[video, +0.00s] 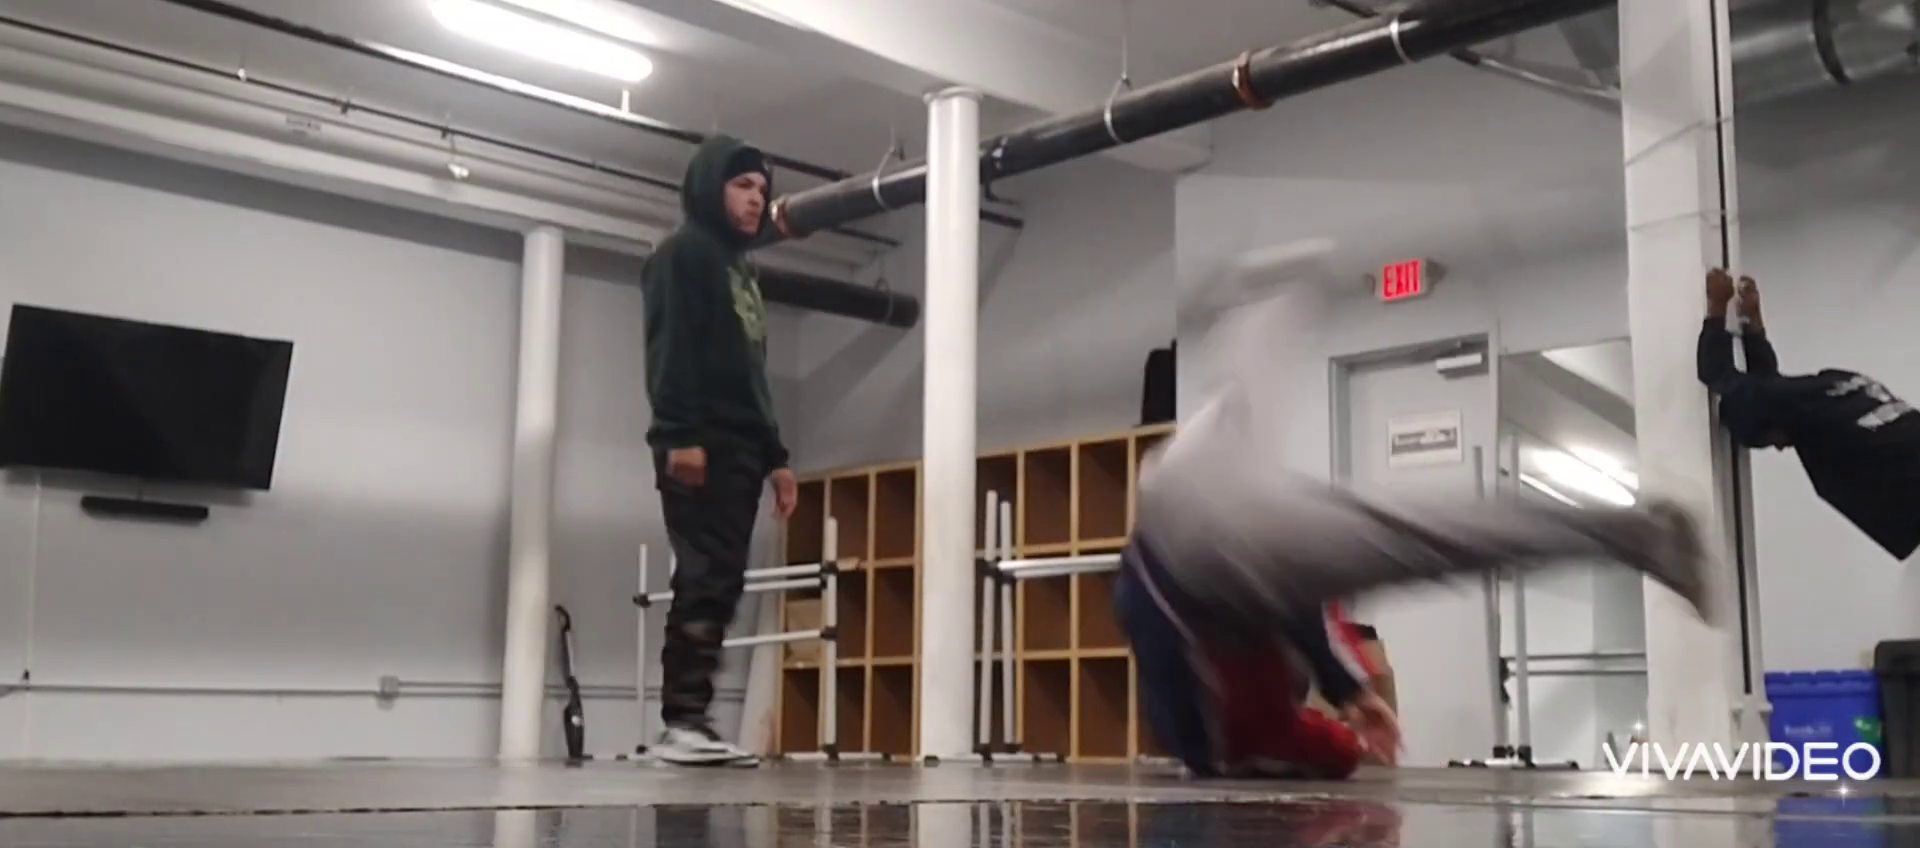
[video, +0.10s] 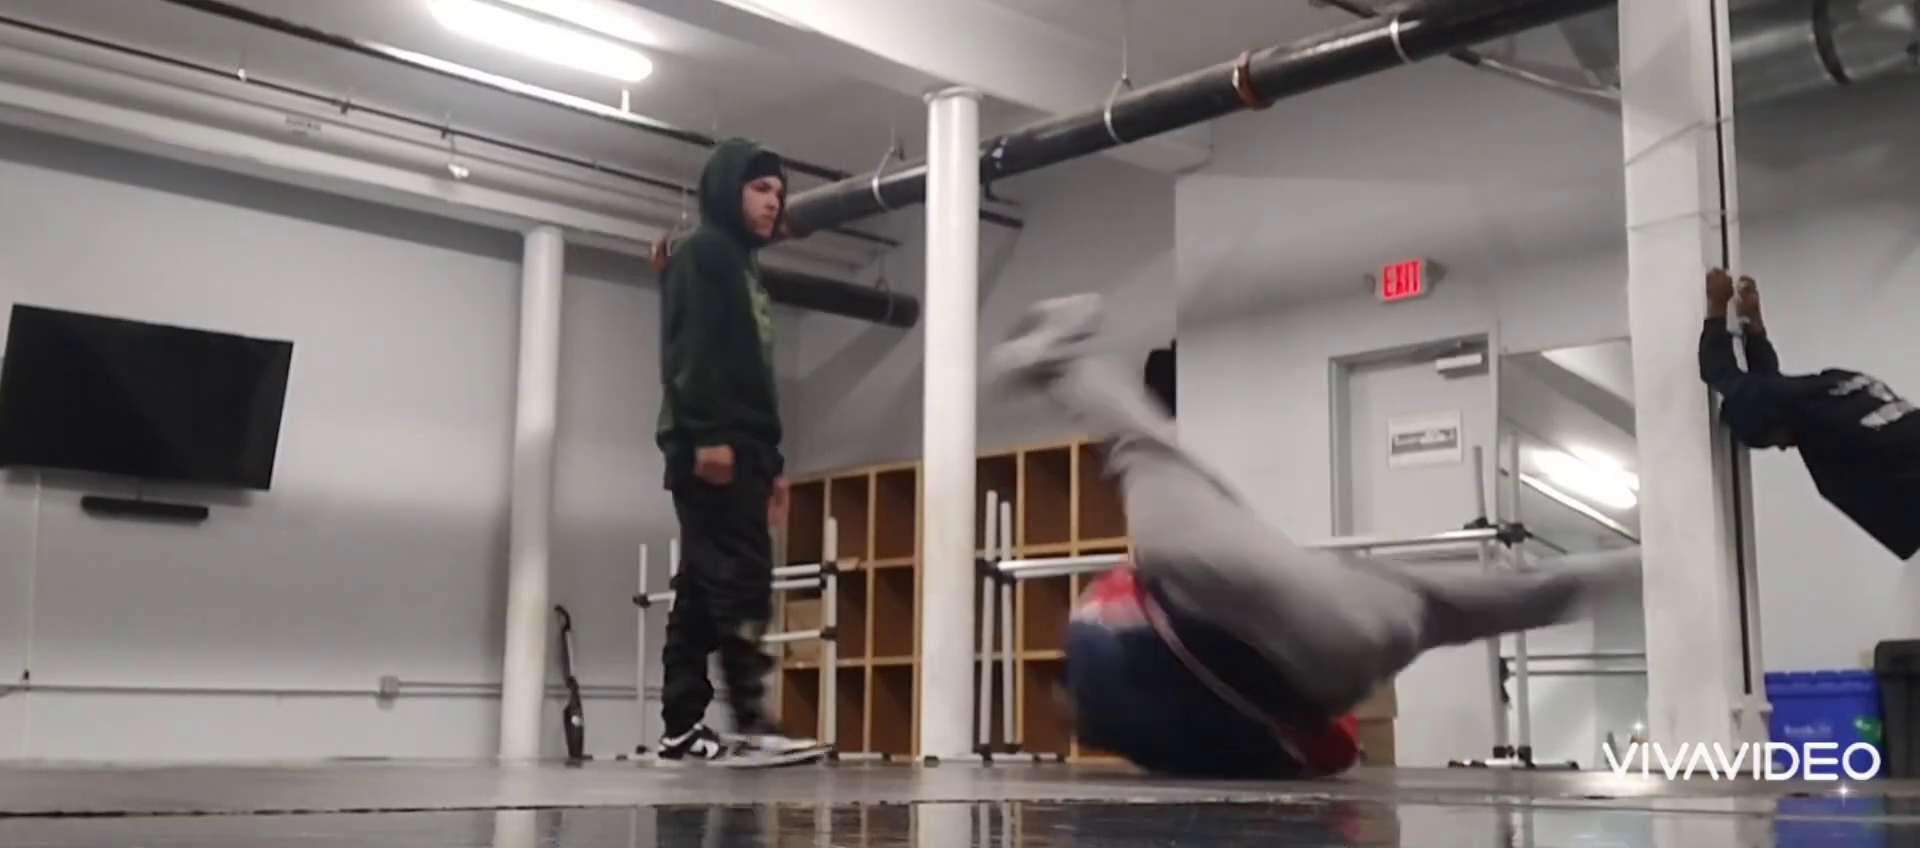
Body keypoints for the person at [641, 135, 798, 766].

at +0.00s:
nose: (756, 200)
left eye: (761, 190)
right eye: (744, 186)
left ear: (762, 199)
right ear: (709, 188)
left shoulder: (741, 271)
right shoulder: (681, 255)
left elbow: (751, 373)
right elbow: (670, 349)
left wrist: (777, 459)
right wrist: (679, 435)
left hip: (739, 447)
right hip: (700, 444)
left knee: (718, 581)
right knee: (704, 578)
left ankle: (692, 722)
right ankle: (681, 723)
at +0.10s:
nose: (772, 202)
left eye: (778, 192)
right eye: (760, 189)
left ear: (777, 201)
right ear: (725, 192)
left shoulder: (740, 264)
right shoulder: (702, 253)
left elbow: (753, 370)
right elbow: (693, 350)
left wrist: (770, 459)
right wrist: (708, 434)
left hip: (740, 448)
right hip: (711, 446)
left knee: (704, 586)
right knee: (739, 580)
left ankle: (683, 727)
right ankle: (750, 727)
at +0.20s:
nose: (788, 205)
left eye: (793, 196)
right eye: (776, 192)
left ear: (789, 203)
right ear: (743, 194)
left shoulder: (747, 260)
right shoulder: (725, 254)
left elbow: (745, 353)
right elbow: (719, 349)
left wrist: (764, 441)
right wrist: (738, 434)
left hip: (733, 450)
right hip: (728, 449)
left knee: (708, 592)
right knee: (761, 583)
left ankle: (684, 728)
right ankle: (802, 723)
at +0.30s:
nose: (802, 209)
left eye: (807, 200)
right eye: (791, 196)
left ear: (803, 207)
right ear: (757, 197)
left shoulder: (757, 260)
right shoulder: (743, 259)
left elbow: (762, 358)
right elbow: (748, 356)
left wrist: (778, 436)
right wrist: (765, 439)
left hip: (741, 449)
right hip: (741, 448)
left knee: (719, 593)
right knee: (777, 587)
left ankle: (684, 728)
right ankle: (809, 729)